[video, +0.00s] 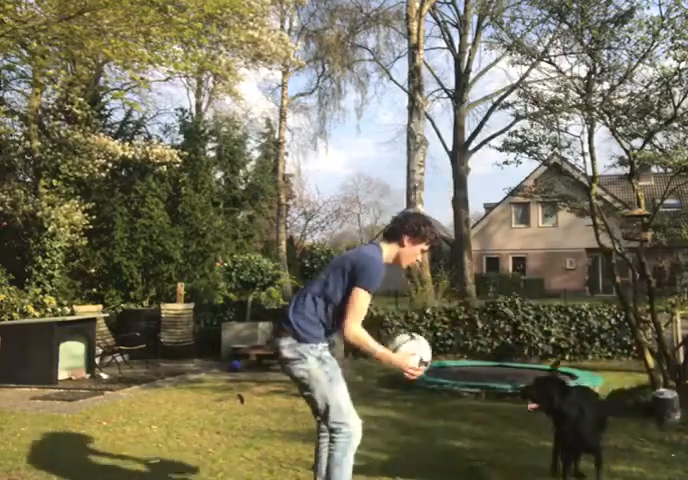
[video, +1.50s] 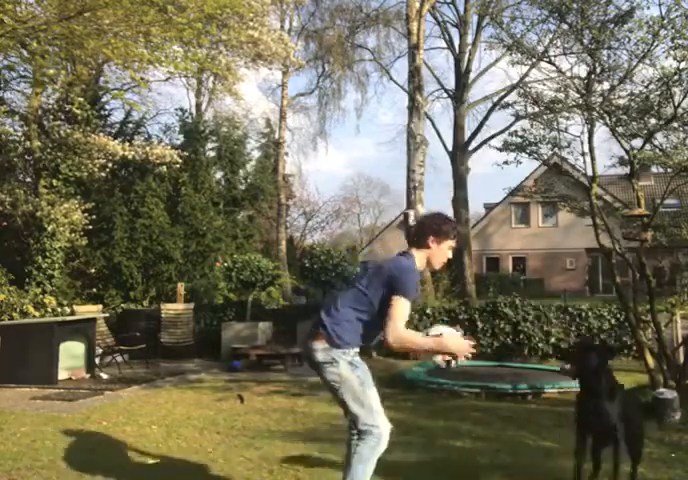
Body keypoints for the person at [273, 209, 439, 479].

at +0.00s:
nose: (419, 259)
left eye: (423, 253)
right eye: (421, 250)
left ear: (404, 238)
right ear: (406, 239)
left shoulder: (366, 256)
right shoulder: (371, 262)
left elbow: (350, 327)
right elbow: (351, 329)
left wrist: (394, 357)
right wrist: (396, 360)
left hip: (299, 340)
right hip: (303, 343)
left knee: (330, 426)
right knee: (347, 428)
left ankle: (323, 476)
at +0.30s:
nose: (421, 256)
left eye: (425, 250)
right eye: (423, 248)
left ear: (405, 235)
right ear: (409, 236)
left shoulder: (368, 254)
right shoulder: (374, 260)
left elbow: (343, 322)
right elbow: (344, 324)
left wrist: (379, 364)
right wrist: (379, 368)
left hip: (296, 336)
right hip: (305, 339)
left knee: (325, 426)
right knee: (344, 428)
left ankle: (321, 476)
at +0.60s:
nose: (424, 260)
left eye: (429, 255)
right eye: (426, 252)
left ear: (406, 238)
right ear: (411, 241)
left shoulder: (369, 257)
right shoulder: (383, 264)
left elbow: (365, 325)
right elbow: (381, 331)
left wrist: (421, 335)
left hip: (296, 338)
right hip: (306, 342)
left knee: (325, 426)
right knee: (345, 429)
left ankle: (322, 477)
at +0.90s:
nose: (437, 263)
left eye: (440, 257)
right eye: (438, 255)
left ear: (420, 243)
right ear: (425, 245)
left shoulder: (380, 258)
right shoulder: (394, 267)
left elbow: (343, 320)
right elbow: (353, 319)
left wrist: (369, 359)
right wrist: (386, 358)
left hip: (304, 335)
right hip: (316, 339)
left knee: (333, 424)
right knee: (351, 428)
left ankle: (325, 476)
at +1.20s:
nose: (435, 253)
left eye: (437, 246)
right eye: (435, 245)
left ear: (414, 239)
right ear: (418, 240)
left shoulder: (378, 264)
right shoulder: (403, 274)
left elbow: (376, 336)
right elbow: (395, 343)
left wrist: (413, 353)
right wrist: (442, 372)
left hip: (316, 346)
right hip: (330, 351)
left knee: (355, 428)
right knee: (373, 431)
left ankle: (349, 476)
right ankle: (353, 476)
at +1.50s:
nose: (450, 257)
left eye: (452, 250)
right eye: (449, 248)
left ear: (428, 241)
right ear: (432, 242)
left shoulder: (396, 266)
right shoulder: (405, 270)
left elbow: (390, 340)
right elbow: (394, 337)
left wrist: (433, 347)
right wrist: (446, 343)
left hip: (325, 345)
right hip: (334, 348)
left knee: (363, 427)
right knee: (376, 430)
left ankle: (353, 475)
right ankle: (356, 475)